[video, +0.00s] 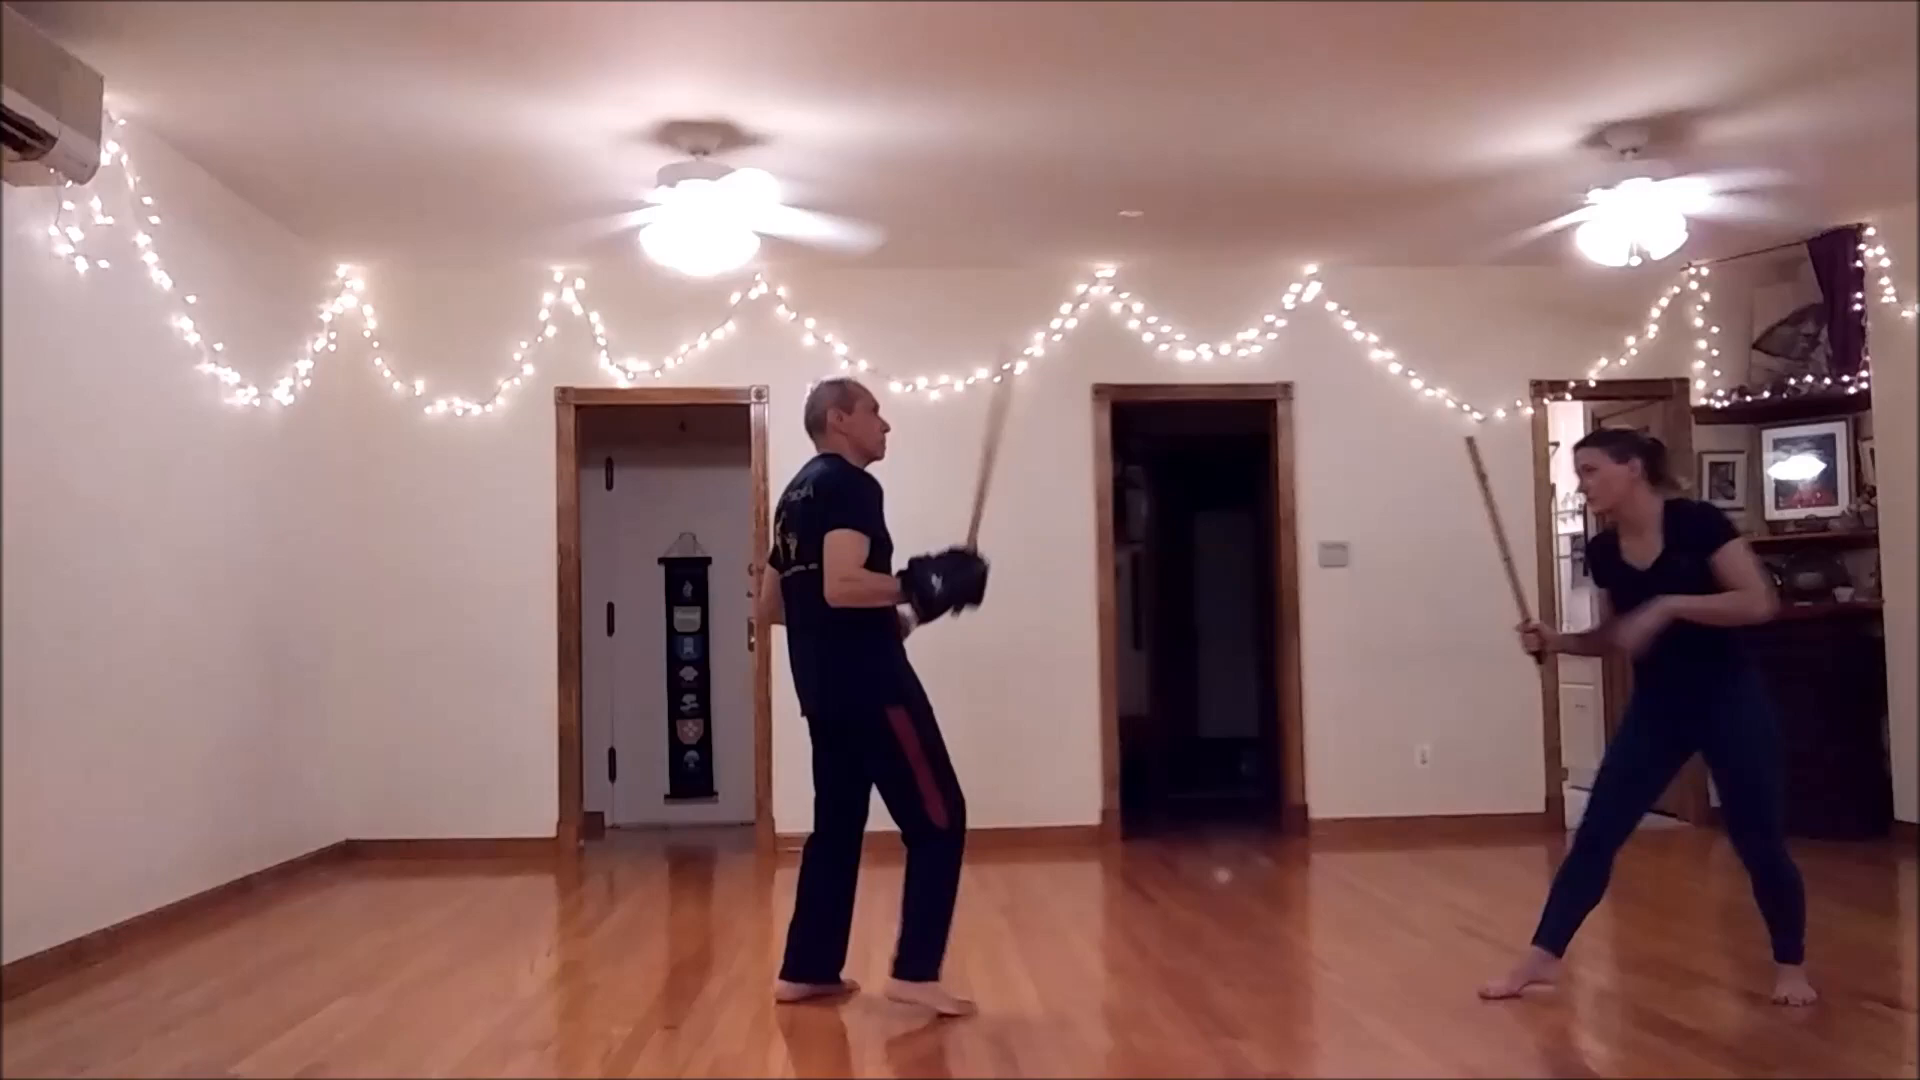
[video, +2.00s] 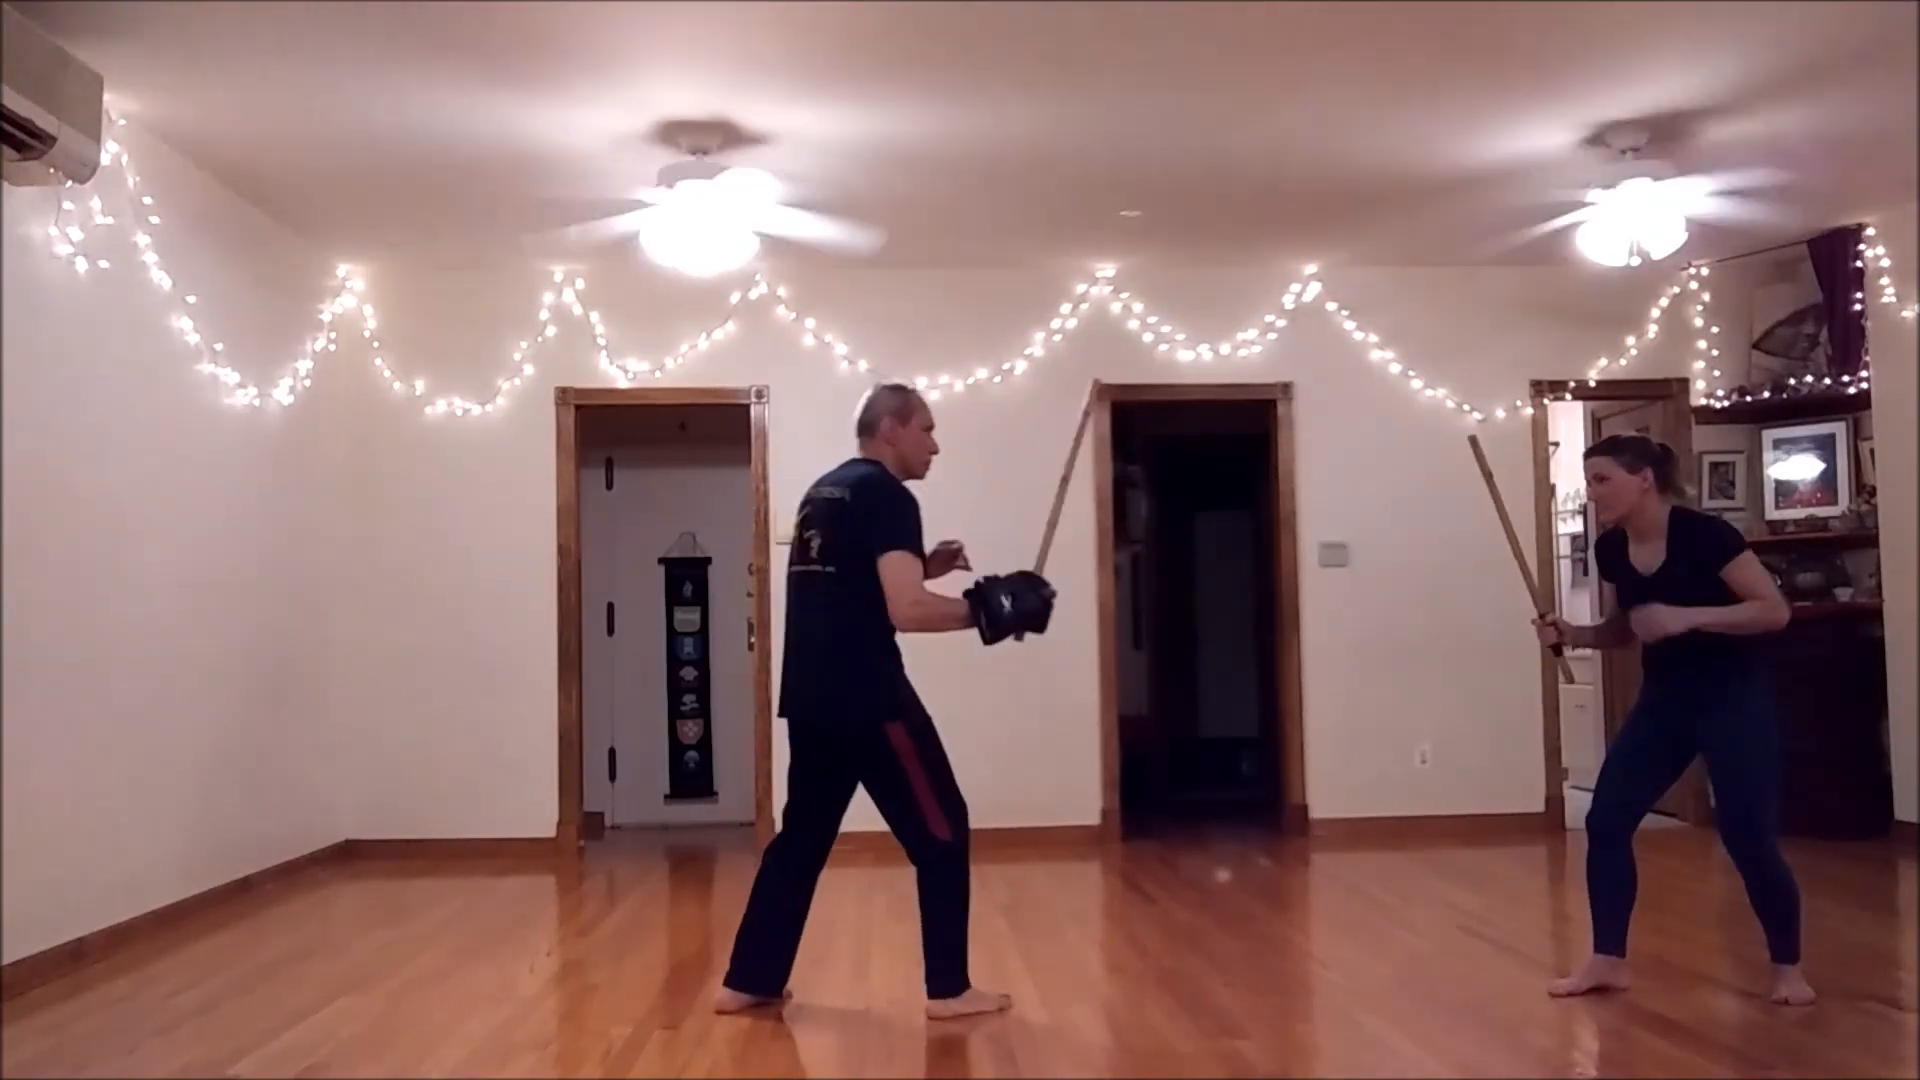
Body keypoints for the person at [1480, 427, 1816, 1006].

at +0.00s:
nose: (1583, 486)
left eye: (1590, 472)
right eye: (1579, 476)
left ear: (1632, 467)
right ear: (1606, 477)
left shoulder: (1696, 521)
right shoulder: (1604, 550)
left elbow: (1759, 601)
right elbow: (1615, 637)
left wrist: (1667, 606)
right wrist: (1555, 642)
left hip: (1731, 703)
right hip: (1660, 707)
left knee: (1758, 839)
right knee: (1598, 830)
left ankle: (1791, 966)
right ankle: (1542, 957)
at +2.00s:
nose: (1592, 493)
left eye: (1601, 480)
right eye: (1589, 482)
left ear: (1642, 480)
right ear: (1627, 485)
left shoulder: (1705, 535)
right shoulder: (1612, 548)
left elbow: (1775, 611)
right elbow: (1624, 629)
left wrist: (1684, 617)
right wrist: (1571, 634)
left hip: (1734, 707)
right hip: (1664, 707)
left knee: (1748, 838)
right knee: (1606, 821)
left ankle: (1788, 969)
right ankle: (1607, 960)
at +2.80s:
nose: (1567, 505)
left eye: (1575, 492)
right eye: (1563, 495)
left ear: (1616, 489)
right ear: (1608, 495)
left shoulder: (1684, 548)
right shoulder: (1582, 563)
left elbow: (1745, 627)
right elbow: (1579, 647)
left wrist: (1666, 644)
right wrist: (1528, 642)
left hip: (1699, 717)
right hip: (1627, 718)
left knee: (1736, 843)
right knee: (1547, 818)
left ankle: (1788, 960)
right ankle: (1569, 956)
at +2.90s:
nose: (1531, 519)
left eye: (1540, 505)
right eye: (1529, 508)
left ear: (1582, 503)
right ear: (1566, 509)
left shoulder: (1650, 563)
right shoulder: (1544, 580)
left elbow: (1682, 650)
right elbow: (1521, 665)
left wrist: (1595, 634)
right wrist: (1469, 647)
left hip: (1664, 739)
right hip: (1593, 741)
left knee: (1723, 855)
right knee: (1499, 825)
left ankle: (1790, 960)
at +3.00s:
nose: (1464, 515)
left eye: (1473, 502)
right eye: (1459, 506)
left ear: (1510, 501)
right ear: (1468, 515)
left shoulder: (1567, 558)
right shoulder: (1470, 583)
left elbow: (1613, 634)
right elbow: (1431, 665)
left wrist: (1524, 612)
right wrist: (1369, 645)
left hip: (1600, 736)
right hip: (1528, 741)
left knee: (1686, 840)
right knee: (1437, 828)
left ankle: (1781, 950)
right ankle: (1393, 963)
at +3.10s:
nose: (1382, 515)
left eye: (1393, 502)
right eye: (1380, 504)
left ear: (1432, 504)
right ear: (1397, 515)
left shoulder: (1490, 555)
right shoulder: (1390, 585)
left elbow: (1557, 625)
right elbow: (1324, 652)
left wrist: (1482, 637)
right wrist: (1253, 653)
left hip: (1535, 725)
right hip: (1466, 734)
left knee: (1600, 843)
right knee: (1397, 830)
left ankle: (1695, 936)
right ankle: (1396, 974)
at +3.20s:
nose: (1334, 512)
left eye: (1343, 499)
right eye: (1332, 501)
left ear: (1384, 498)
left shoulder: (1443, 552)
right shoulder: (1344, 576)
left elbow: (1517, 621)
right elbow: (1288, 652)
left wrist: (1454, 665)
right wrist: (1221, 669)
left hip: (1477, 710)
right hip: (1413, 714)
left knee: (1494, 827)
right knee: (1358, 822)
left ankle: (1522, 945)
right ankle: (1389, 965)